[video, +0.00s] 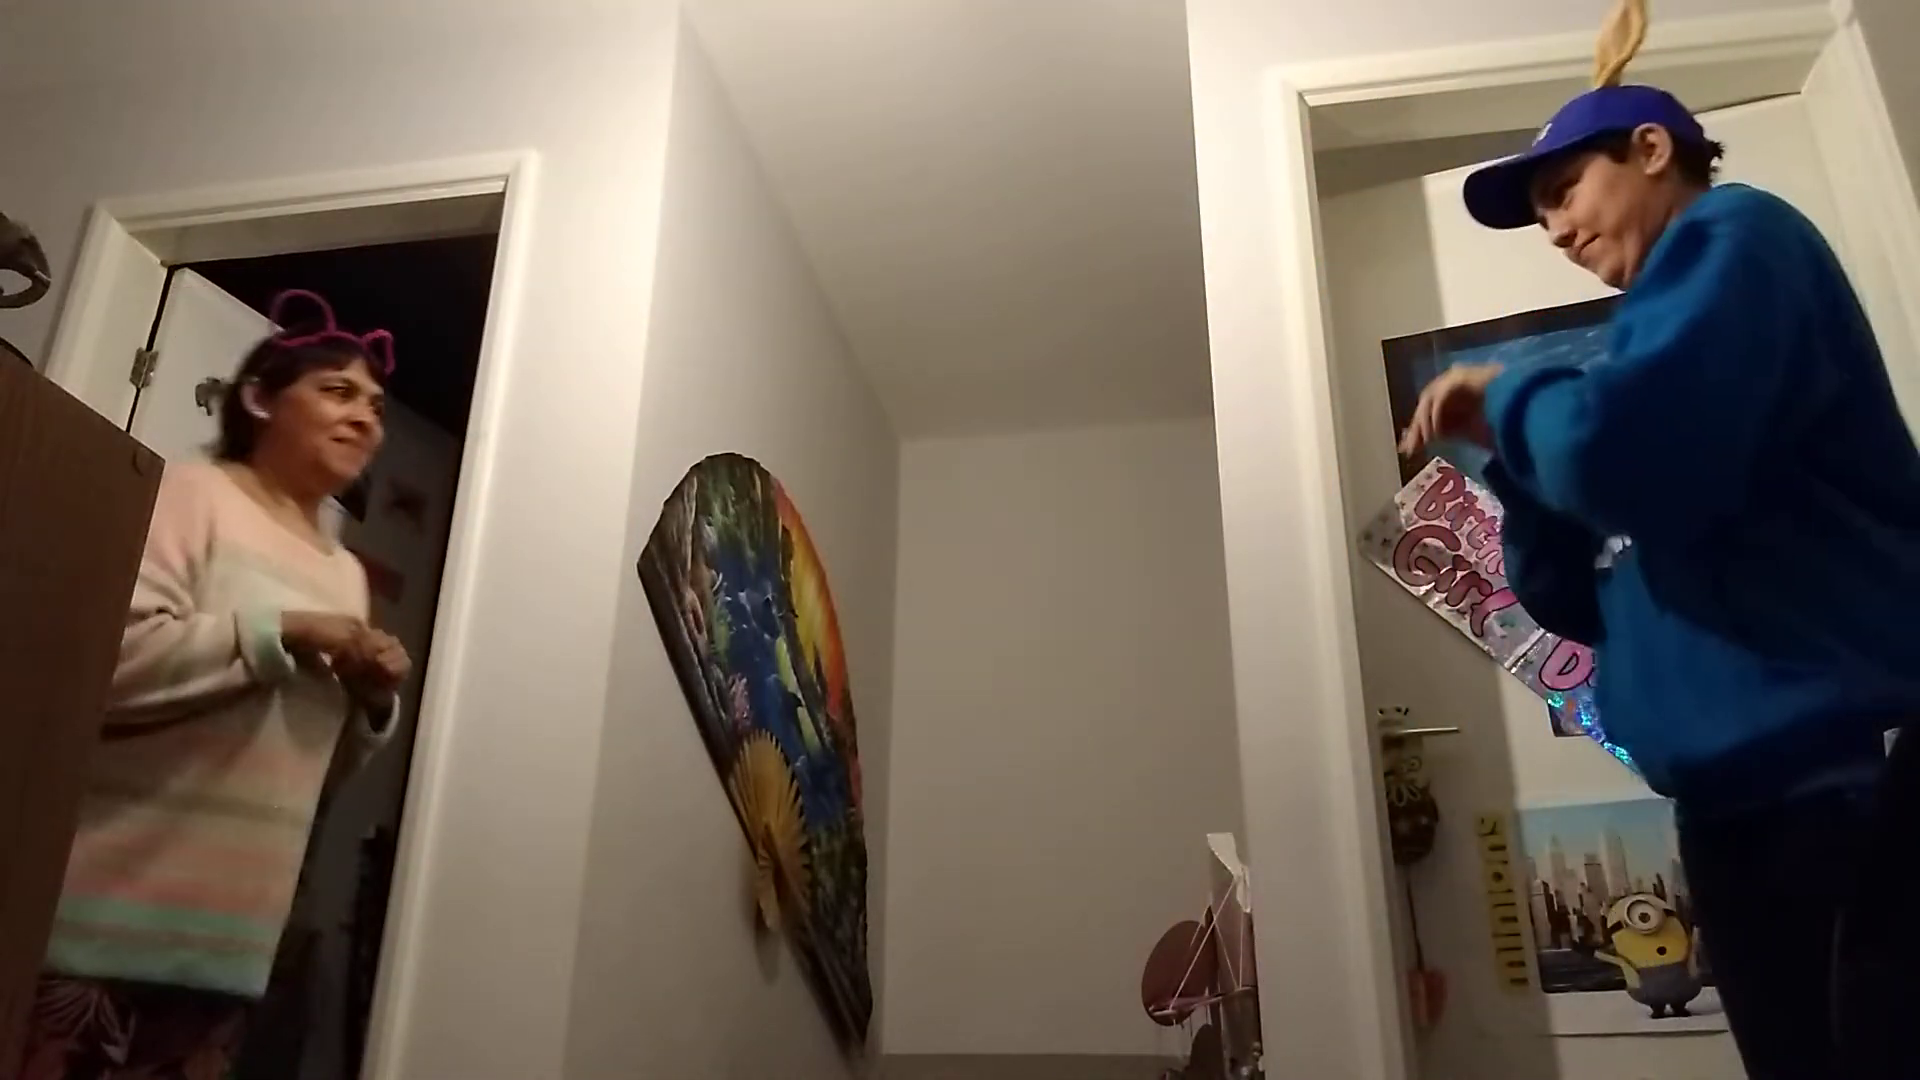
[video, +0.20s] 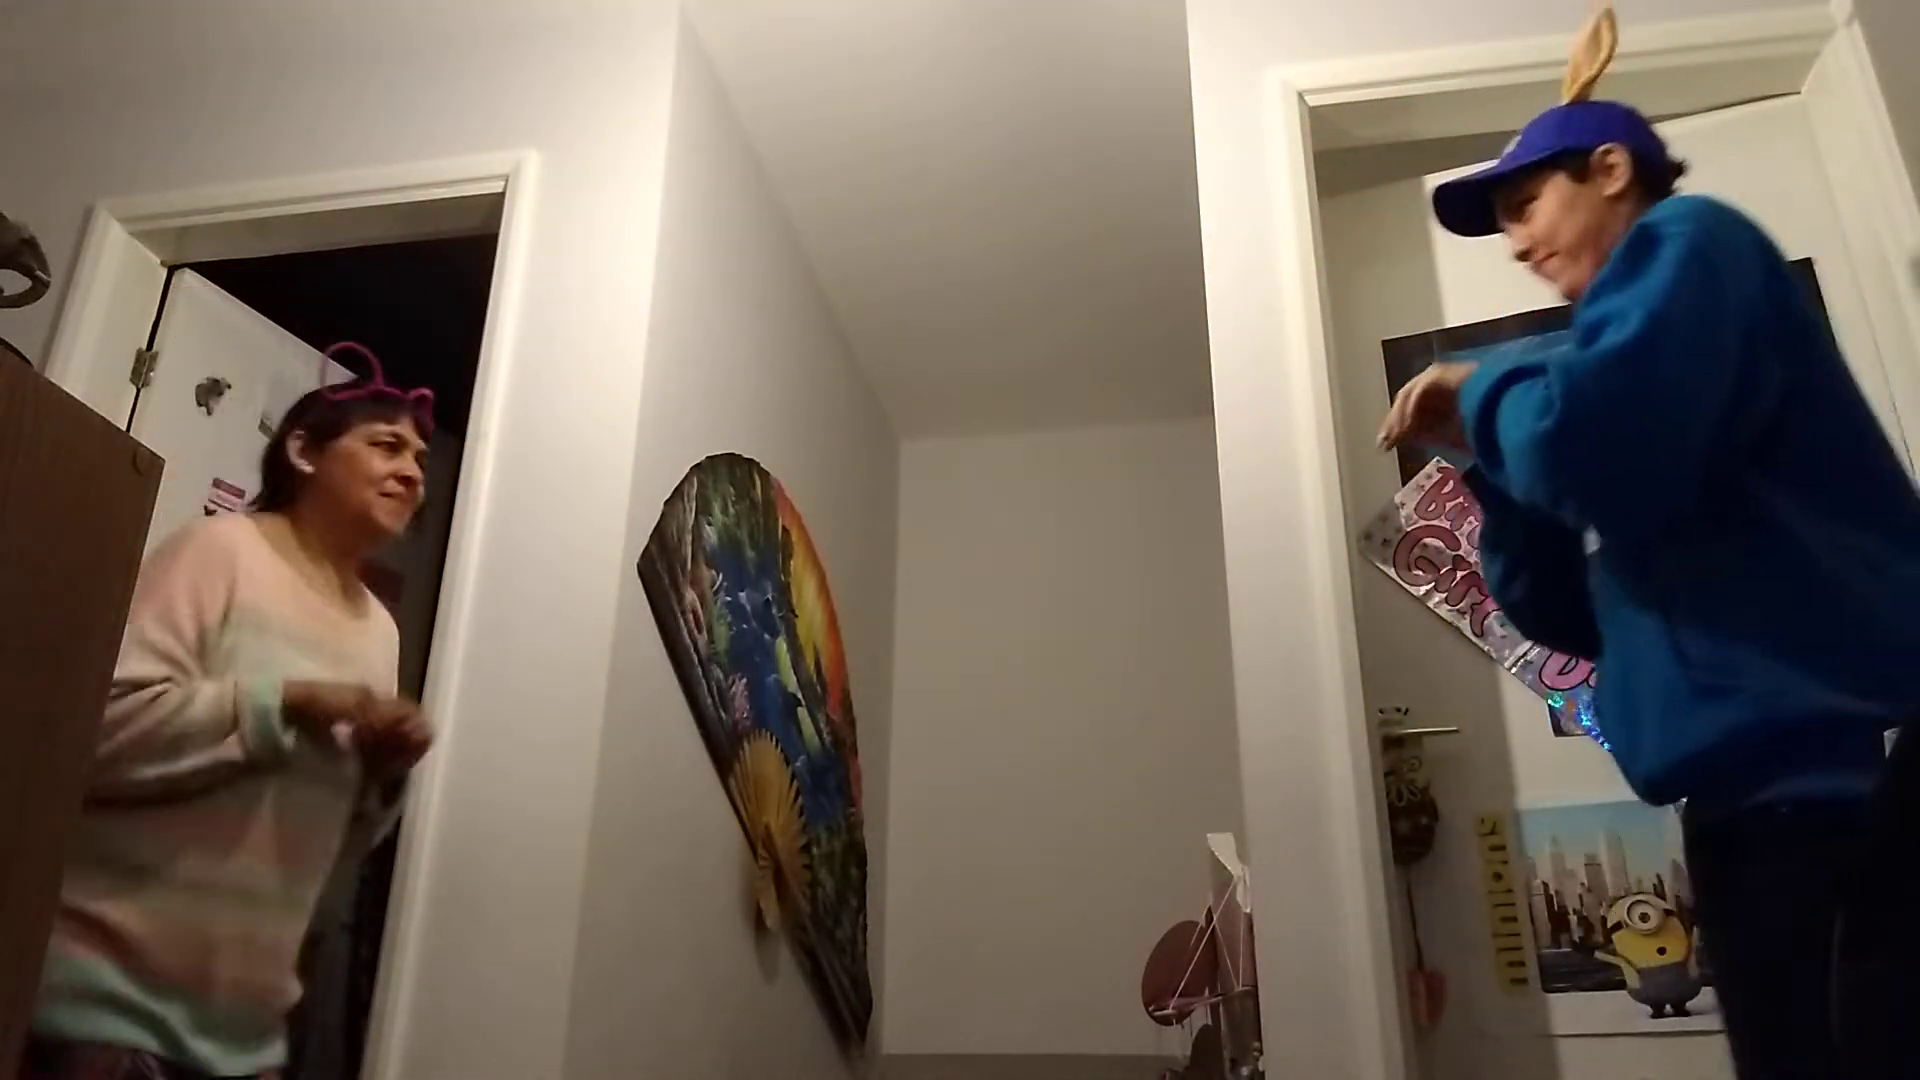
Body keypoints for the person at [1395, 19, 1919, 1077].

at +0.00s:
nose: (1556, 229)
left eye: (1569, 188)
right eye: (1545, 215)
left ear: (1653, 149)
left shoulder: (1736, 236)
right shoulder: (1643, 327)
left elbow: (1627, 443)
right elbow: (1569, 604)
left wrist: (1501, 395)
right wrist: (1520, 452)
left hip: (1844, 774)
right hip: (1739, 796)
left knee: (1855, 1047)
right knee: (1792, 1049)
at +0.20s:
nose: (1513, 240)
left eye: (1525, 202)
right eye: (1504, 222)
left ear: (1610, 169)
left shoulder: (1692, 239)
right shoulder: (1610, 336)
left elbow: (1592, 439)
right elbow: (1566, 613)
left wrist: (1476, 389)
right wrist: (1497, 458)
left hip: (1829, 768)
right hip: (1746, 786)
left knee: (1827, 1046)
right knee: (1785, 1047)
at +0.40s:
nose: (1435, 290)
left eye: (1454, 256)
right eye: (1432, 267)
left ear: (1537, 240)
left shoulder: (1600, 312)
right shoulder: (1532, 402)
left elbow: (1547, 533)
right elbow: (1554, 692)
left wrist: (1403, 477)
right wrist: (1432, 558)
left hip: (1799, 784)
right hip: (1719, 812)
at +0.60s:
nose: (1362, 218)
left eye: (1374, 181)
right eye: (1350, 200)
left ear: (1452, 155)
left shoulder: (1530, 215)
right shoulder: (1431, 320)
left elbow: (1442, 374)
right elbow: (1371, 565)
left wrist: (1340, 345)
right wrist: (1344, 404)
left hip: (1656, 683)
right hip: (1550, 711)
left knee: (1664, 1010)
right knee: (1594, 1021)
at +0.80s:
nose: (1248, 241)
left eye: (1264, 205)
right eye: (1242, 221)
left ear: (1345, 187)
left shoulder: (1428, 276)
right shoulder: (1314, 370)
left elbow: (1380, 494)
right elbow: (1294, 629)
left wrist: (1243, 432)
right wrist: (1240, 482)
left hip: (1533, 752)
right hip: (1439, 768)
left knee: (1514, 1051)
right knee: (1456, 1052)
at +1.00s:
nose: (1155, 225)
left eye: (1168, 190)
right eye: (1152, 205)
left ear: (1247, 169)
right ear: (1241, 180)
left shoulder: (1318, 233)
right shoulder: (1242, 315)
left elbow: (1224, 403)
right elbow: (1181, 576)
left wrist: (1139, 351)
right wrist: (1156, 418)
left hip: (1382, 706)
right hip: (1308, 718)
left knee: (1357, 1020)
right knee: (1314, 1020)